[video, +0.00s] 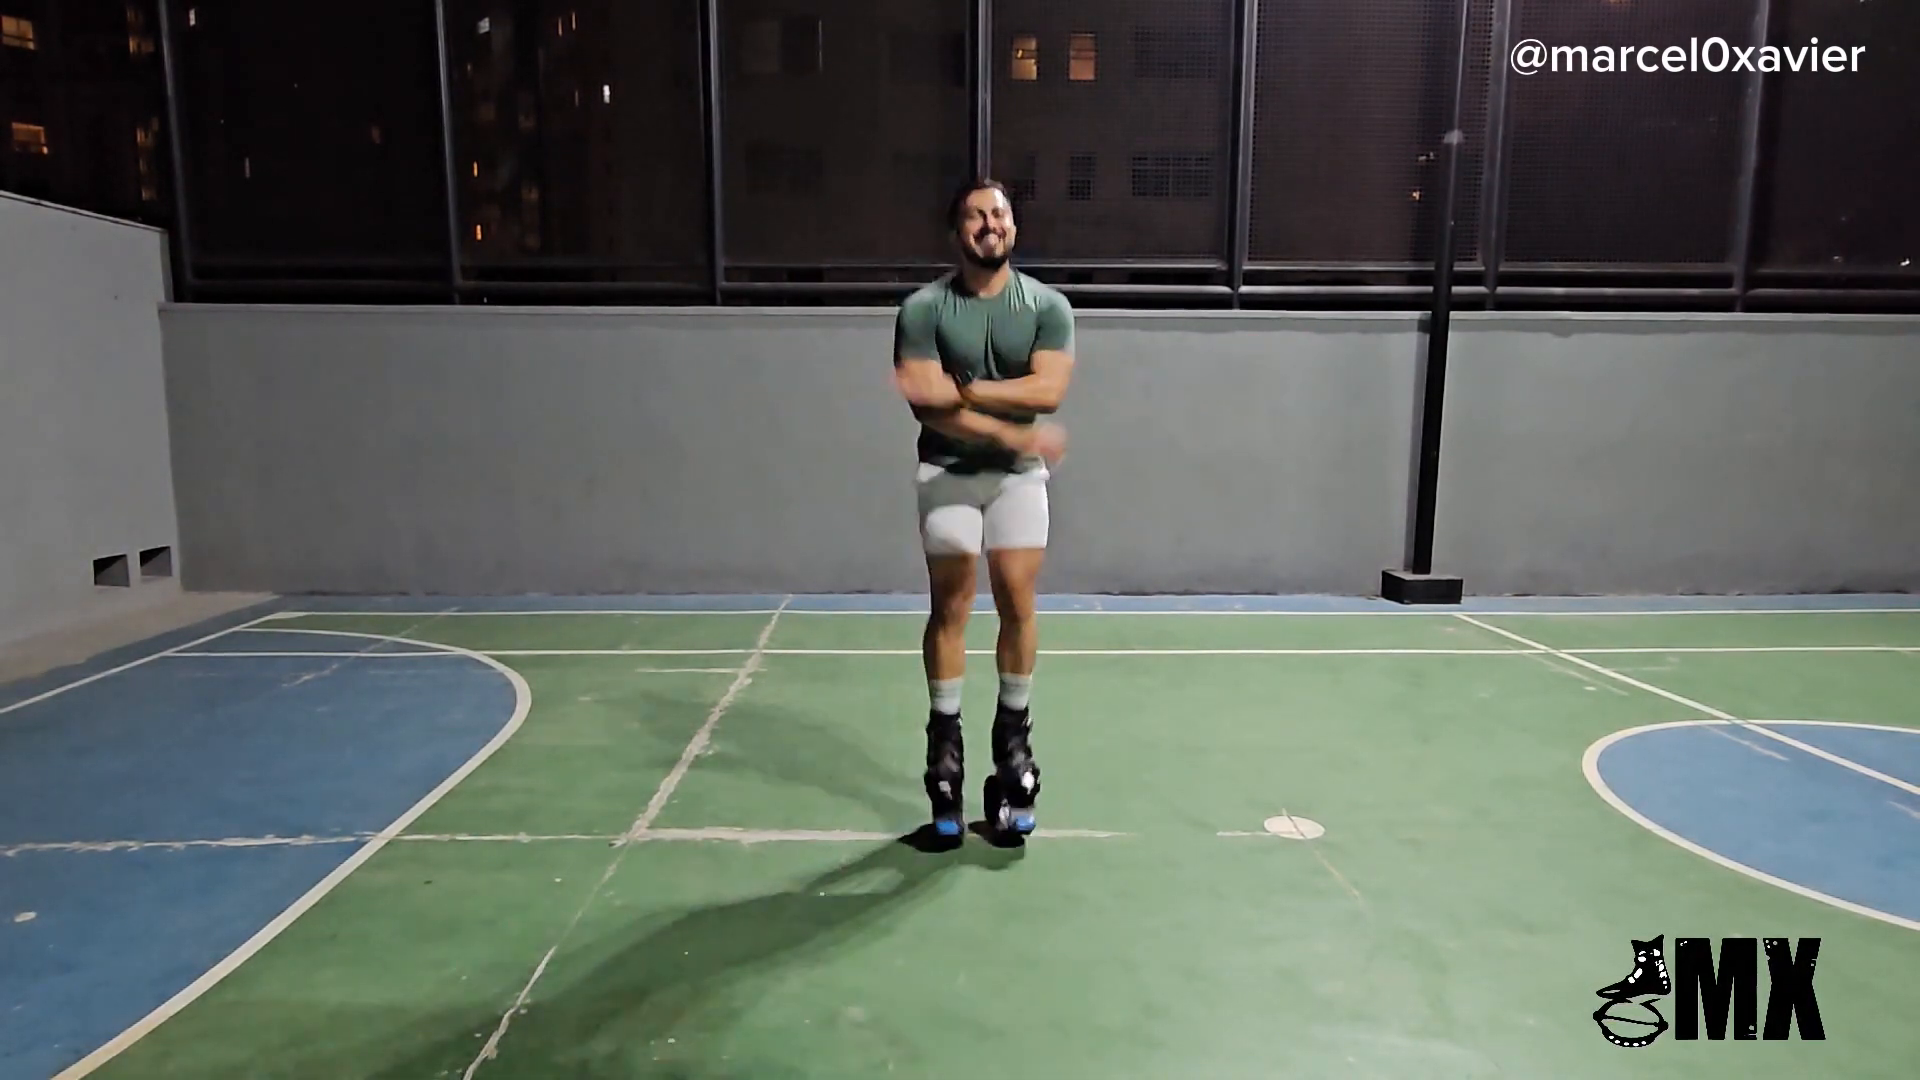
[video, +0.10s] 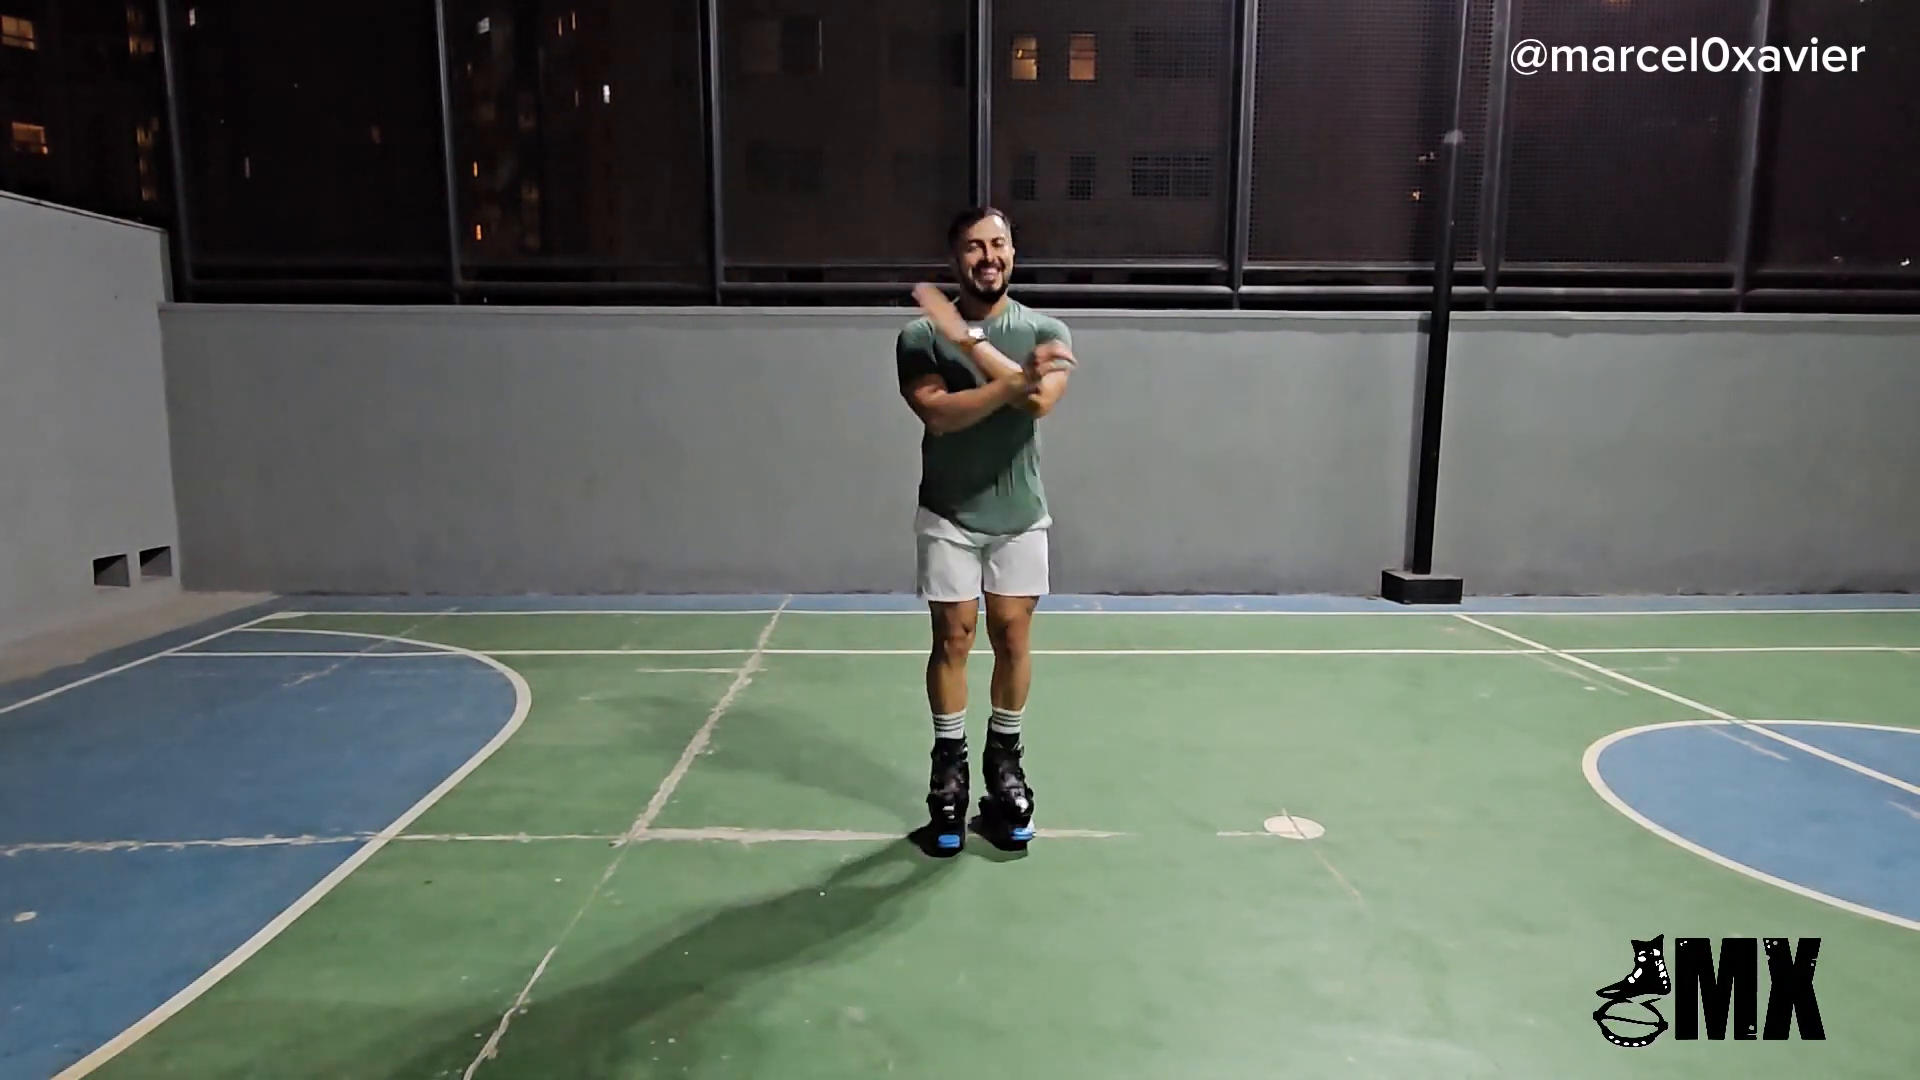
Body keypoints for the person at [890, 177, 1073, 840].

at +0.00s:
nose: (990, 224)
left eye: (998, 213)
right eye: (976, 215)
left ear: (1014, 227)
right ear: (957, 232)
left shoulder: (1048, 306)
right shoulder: (924, 308)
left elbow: (1049, 390)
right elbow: (926, 401)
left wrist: (959, 390)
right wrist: (1014, 433)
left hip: (1020, 471)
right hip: (948, 472)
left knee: (1017, 601)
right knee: (950, 604)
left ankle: (1013, 738)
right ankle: (945, 744)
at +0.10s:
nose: (988, 255)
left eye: (997, 244)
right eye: (974, 246)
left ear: (1012, 255)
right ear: (955, 260)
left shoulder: (1043, 329)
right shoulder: (924, 332)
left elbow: (1041, 400)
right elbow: (935, 414)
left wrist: (965, 337)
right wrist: (1010, 384)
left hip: (1019, 510)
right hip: (948, 510)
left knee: (1011, 632)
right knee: (954, 635)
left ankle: (1005, 767)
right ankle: (949, 772)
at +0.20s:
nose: (985, 209)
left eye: (996, 197)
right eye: (972, 199)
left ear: (1014, 206)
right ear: (954, 213)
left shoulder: (1053, 288)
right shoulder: (920, 290)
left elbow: (1076, 381)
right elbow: (909, 385)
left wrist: (1020, 351)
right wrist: (973, 388)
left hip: (1023, 471)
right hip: (948, 471)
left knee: (1018, 602)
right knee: (950, 600)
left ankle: (1015, 746)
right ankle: (944, 752)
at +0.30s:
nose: (985, 181)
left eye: (997, 169)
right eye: (972, 171)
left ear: (1019, 183)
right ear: (956, 187)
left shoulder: (1055, 264)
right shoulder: (922, 264)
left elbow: (1088, 354)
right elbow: (888, 358)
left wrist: (1093, 408)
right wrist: (890, 441)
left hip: (1025, 449)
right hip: (945, 450)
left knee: (1032, 584)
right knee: (939, 580)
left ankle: (1034, 718)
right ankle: (927, 724)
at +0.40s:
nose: (987, 192)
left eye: (1000, 182)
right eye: (975, 183)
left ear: (1022, 199)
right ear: (959, 200)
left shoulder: (1054, 282)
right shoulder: (922, 287)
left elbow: (1103, 377)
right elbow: (868, 382)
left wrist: (1155, 453)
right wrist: (817, 464)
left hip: (1028, 457)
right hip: (947, 459)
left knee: (1050, 592)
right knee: (924, 593)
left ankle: (1066, 731)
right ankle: (896, 741)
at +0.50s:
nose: (988, 246)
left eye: (1000, 236)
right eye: (977, 236)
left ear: (1023, 253)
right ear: (963, 254)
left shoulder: (1056, 335)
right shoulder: (924, 340)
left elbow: (1117, 403)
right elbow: (848, 407)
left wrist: (1203, 424)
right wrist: (757, 423)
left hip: (1029, 509)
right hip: (947, 509)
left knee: (1057, 637)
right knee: (918, 637)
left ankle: (1092, 775)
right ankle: (874, 784)